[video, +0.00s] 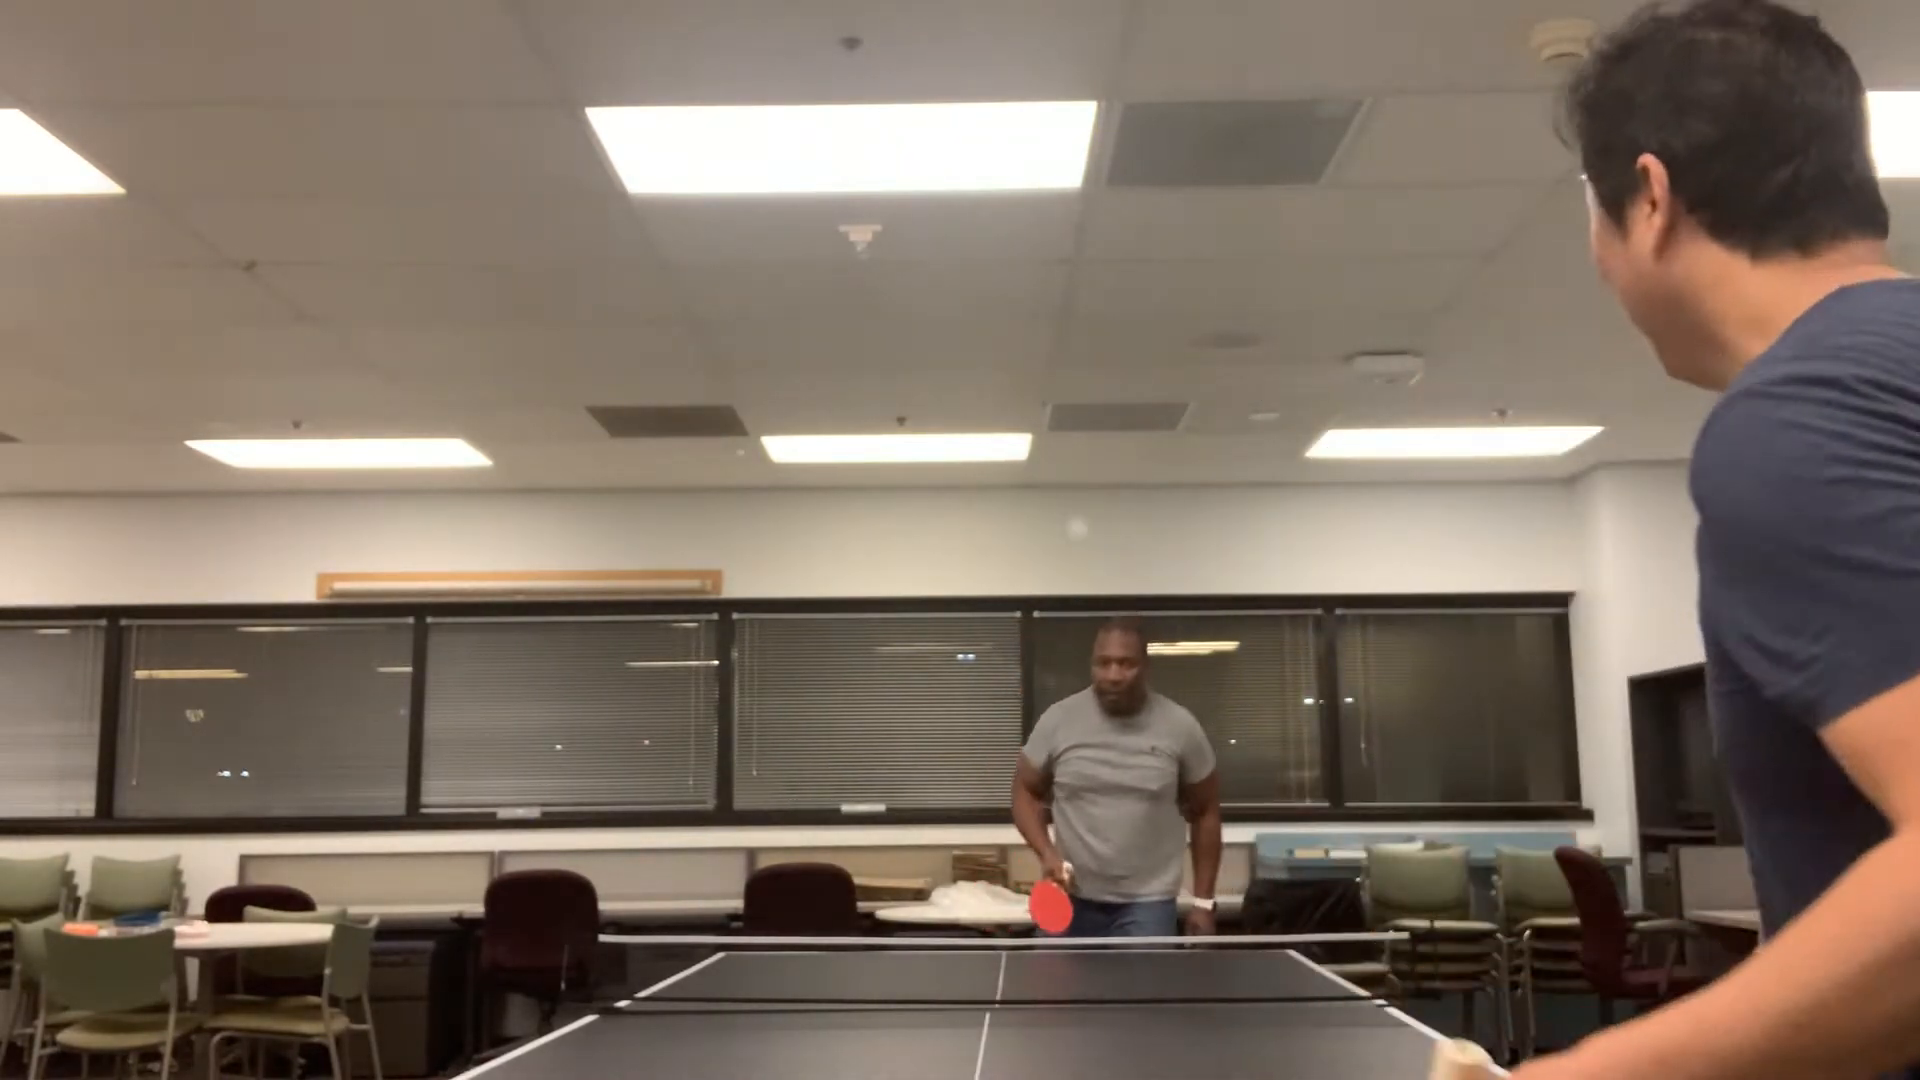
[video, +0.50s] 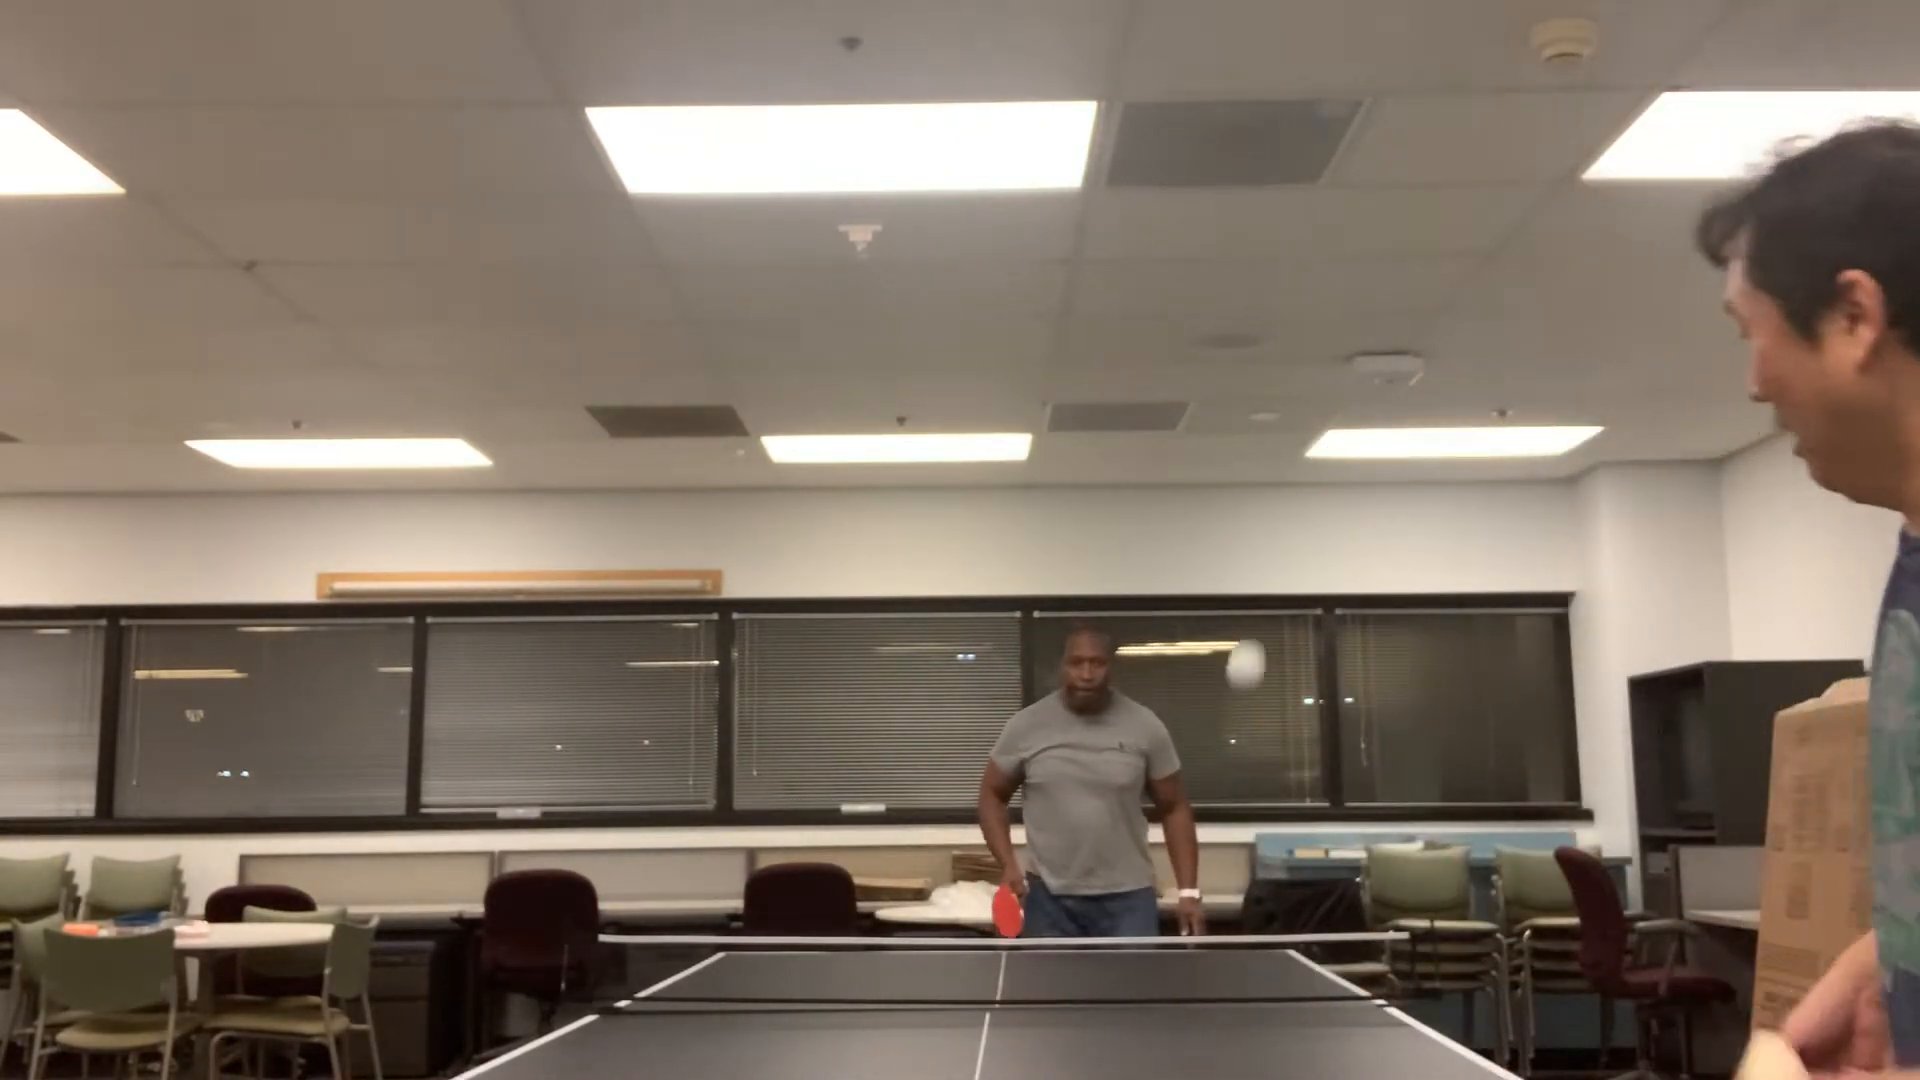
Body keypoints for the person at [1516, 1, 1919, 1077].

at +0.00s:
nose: (1602, 262)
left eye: (1597, 214)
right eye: (1595, 218)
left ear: (1654, 201)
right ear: (1838, 174)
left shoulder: (1787, 423)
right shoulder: (1895, 347)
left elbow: (1917, 835)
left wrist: (1605, 1065)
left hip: (1878, 1052)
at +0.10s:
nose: (1607, 302)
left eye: (1599, 256)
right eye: (1594, 262)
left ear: (1663, 233)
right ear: (1828, 193)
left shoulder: (1837, 453)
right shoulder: (1888, 389)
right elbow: (1910, 763)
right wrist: (1834, 914)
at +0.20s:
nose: (1634, 343)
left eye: (1625, 295)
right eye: (1620, 300)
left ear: (1701, 265)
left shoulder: (1876, 497)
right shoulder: (1867, 475)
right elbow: (1909, 790)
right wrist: (1831, 919)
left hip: (1891, 1053)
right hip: (1873, 1052)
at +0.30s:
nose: (1673, 371)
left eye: (1663, 322)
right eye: (1659, 327)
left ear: (1744, 292)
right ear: (1739, 297)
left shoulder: (1896, 533)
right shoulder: (1877, 527)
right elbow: (1912, 824)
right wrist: (1827, 937)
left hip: (1901, 1054)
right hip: (1882, 1053)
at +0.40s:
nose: (1713, 391)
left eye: (1703, 341)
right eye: (1696, 346)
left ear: (1792, 311)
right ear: (1791, 314)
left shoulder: (1902, 572)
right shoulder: (1887, 560)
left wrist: (1840, 958)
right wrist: (1840, 958)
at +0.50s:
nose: (1754, 383)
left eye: (1754, 333)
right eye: (1745, 339)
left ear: (1856, 317)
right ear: (1854, 320)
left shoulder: (1908, 577)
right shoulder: (1906, 568)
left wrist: (1884, 968)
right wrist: (1883, 955)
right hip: (1893, 1046)